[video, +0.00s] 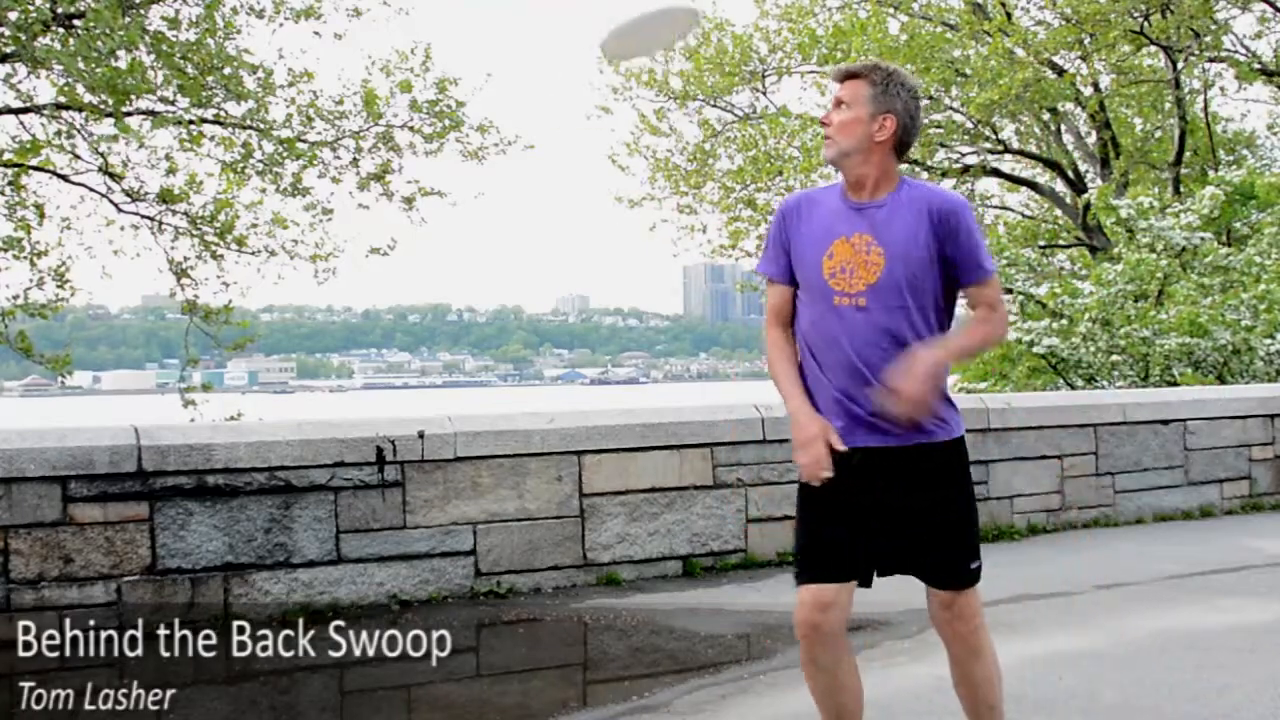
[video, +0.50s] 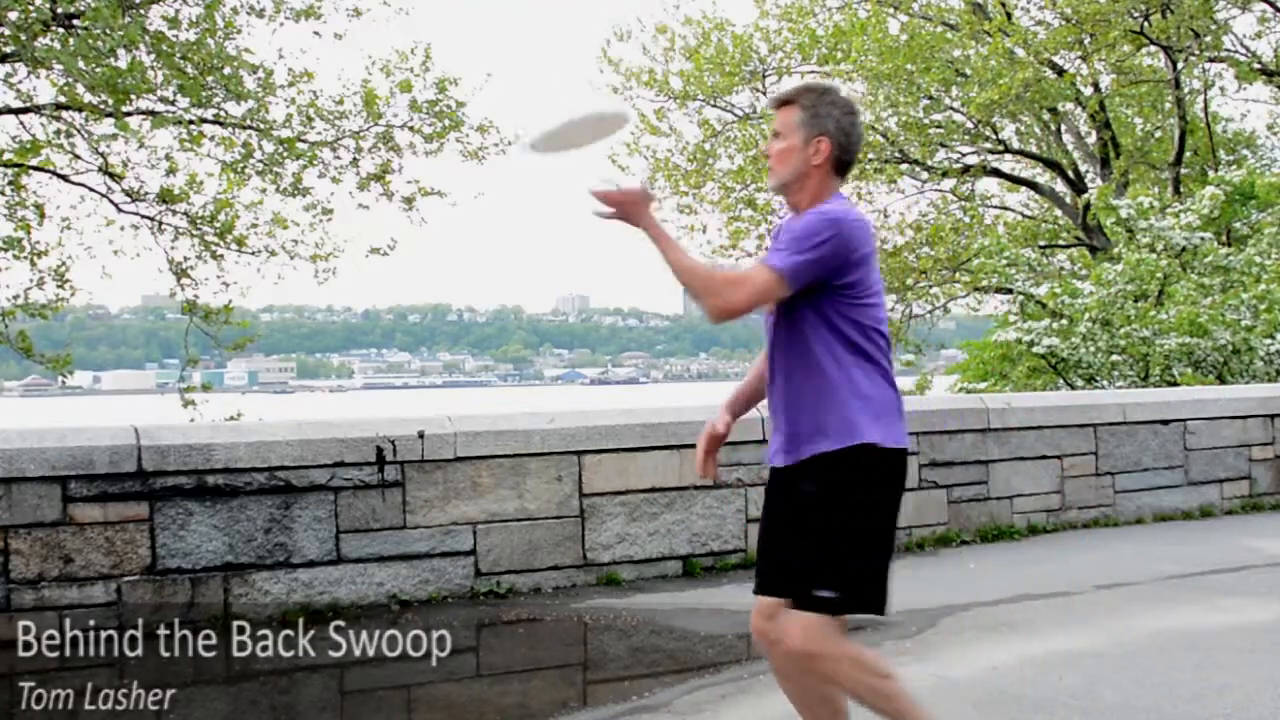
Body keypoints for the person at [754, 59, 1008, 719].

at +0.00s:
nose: (824, 118)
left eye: (840, 107)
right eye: (829, 106)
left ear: (884, 127)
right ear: (871, 127)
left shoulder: (942, 212)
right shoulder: (796, 215)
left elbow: (992, 317)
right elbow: (777, 327)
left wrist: (931, 356)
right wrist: (802, 416)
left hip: (928, 448)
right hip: (834, 451)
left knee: (957, 613)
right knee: (816, 621)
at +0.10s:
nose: (811, 122)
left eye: (827, 111)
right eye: (816, 110)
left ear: (870, 131)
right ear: (853, 131)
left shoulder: (925, 207)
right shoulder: (790, 215)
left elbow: (951, 326)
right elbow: (771, 325)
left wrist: (842, 318)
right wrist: (775, 407)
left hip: (916, 446)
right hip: (824, 449)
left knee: (950, 619)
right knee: (796, 621)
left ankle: (987, 719)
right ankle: (847, 719)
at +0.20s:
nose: (804, 126)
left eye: (819, 115)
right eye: (809, 114)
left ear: (862, 132)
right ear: (849, 133)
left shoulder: (911, 207)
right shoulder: (787, 221)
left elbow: (916, 327)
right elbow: (773, 320)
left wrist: (796, 294)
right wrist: (764, 404)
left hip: (908, 448)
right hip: (817, 450)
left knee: (942, 626)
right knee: (792, 621)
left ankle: (982, 719)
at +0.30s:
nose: (792, 134)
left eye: (806, 124)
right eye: (796, 123)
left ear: (846, 142)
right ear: (834, 143)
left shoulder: (881, 214)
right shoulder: (784, 224)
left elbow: (836, 319)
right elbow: (772, 331)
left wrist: (738, 258)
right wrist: (746, 407)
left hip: (886, 446)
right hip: (806, 450)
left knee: (906, 636)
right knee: (787, 625)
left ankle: (966, 715)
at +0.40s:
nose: (784, 139)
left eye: (797, 129)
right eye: (788, 128)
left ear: (838, 146)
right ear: (825, 147)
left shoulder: (866, 219)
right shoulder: (783, 228)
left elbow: (794, 311)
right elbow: (778, 338)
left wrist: (710, 246)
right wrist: (738, 409)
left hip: (875, 449)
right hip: (801, 453)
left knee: (876, 640)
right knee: (784, 626)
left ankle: (950, 712)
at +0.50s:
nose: (766, 150)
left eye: (779, 138)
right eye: (770, 138)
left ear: (820, 150)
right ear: (814, 151)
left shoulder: (836, 224)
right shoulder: (795, 231)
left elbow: (724, 298)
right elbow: (788, 350)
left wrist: (648, 222)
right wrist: (730, 410)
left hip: (854, 448)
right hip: (800, 453)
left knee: (810, 635)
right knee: (772, 626)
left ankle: (916, 713)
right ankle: (833, 716)